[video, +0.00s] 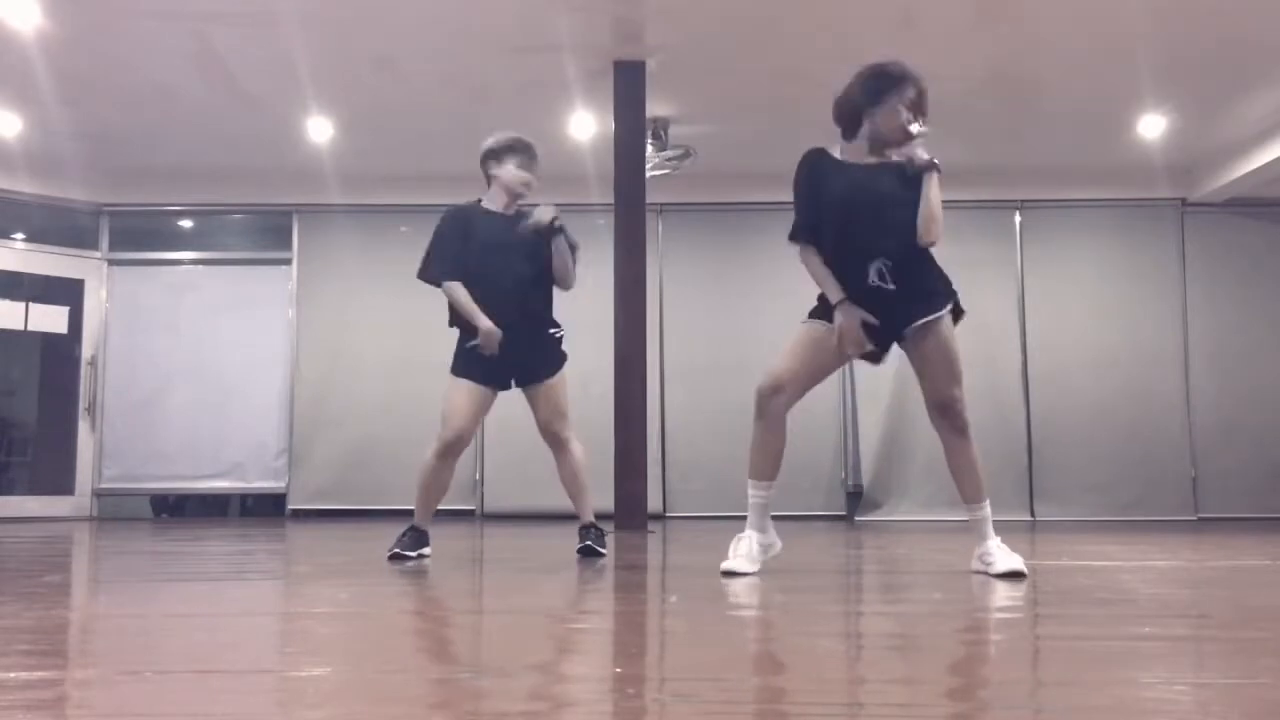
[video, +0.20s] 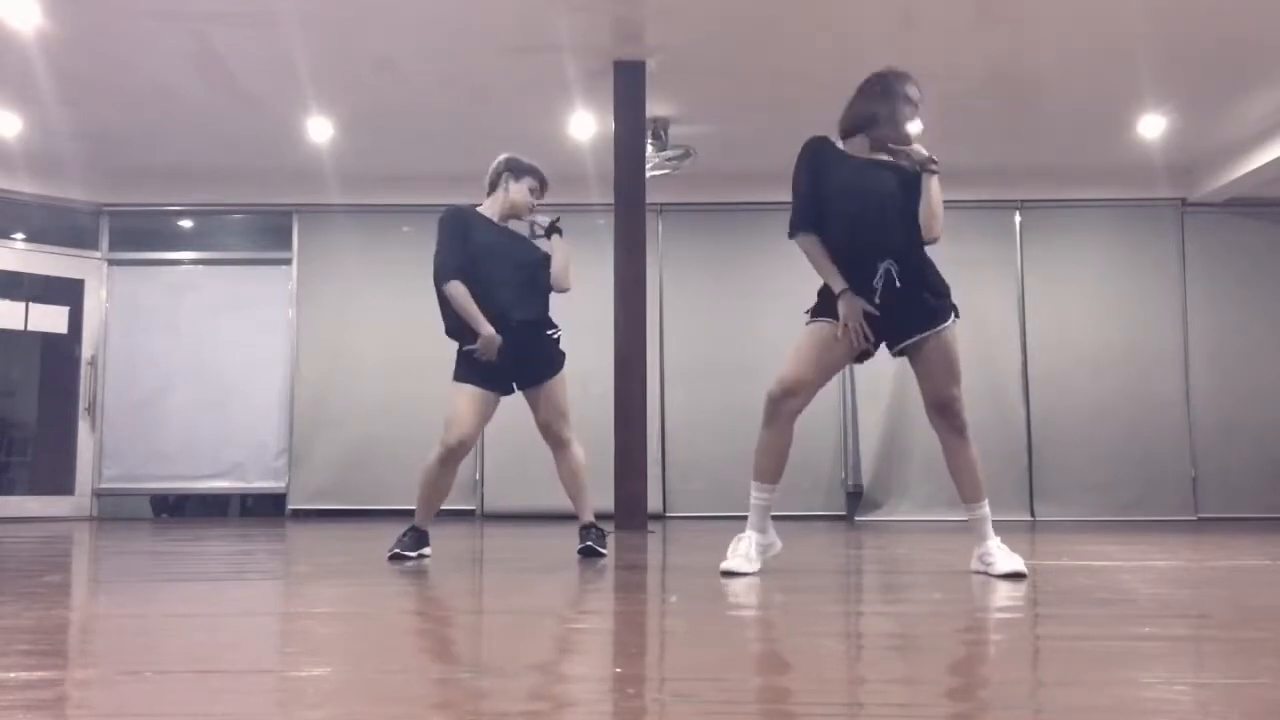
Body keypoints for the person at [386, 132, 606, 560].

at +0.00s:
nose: (527, 175)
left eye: (530, 169)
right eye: (518, 166)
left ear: (533, 176)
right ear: (491, 169)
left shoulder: (542, 225)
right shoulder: (460, 219)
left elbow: (566, 281)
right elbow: (448, 280)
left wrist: (553, 232)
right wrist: (483, 323)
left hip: (536, 344)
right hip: (479, 344)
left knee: (558, 432)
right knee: (451, 438)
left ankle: (589, 526)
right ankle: (418, 530)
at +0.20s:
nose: (536, 200)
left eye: (538, 194)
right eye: (533, 190)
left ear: (520, 191)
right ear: (507, 181)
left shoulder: (530, 242)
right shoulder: (459, 218)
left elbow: (561, 282)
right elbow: (448, 279)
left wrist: (552, 232)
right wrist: (484, 330)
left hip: (535, 345)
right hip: (482, 348)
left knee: (561, 435)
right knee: (455, 442)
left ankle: (589, 527)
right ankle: (418, 530)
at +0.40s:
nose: (492, 177)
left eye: (497, 169)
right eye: (481, 173)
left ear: (509, 174)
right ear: (467, 184)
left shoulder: (532, 226)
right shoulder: (452, 222)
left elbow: (576, 252)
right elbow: (438, 286)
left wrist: (546, 211)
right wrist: (464, 333)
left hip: (531, 345)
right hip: (476, 347)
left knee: (557, 433)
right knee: (445, 441)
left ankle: (588, 527)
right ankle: (417, 530)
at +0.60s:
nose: (446, 172)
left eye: (453, 164)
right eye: (436, 171)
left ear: (470, 170)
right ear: (430, 188)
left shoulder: (496, 192)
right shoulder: (440, 241)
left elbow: (514, 230)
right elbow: (438, 300)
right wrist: (447, 321)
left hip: (528, 331)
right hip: (475, 339)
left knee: (557, 432)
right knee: (447, 431)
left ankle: (589, 526)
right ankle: (426, 530)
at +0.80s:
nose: (439, 171)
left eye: (447, 163)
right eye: (431, 167)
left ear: (467, 169)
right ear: (426, 179)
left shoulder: (470, 201)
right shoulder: (443, 222)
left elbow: (491, 234)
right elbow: (429, 274)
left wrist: (475, 290)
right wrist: (416, 305)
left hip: (485, 329)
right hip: (450, 334)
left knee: (505, 427)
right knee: (420, 429)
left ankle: (584, 502)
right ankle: (433, 532)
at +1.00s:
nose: (429, 158)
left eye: (438, 150)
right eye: (421, 155)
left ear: (459, 160)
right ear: (416, 168)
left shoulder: (465, 200)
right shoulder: (416, 216)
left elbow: (474, 178)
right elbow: (383, 248)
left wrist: (481, 139)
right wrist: (398, 212)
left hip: (468, 315)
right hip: (432, 320)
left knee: (424, 385)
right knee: (422, 417)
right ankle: (434, 527)